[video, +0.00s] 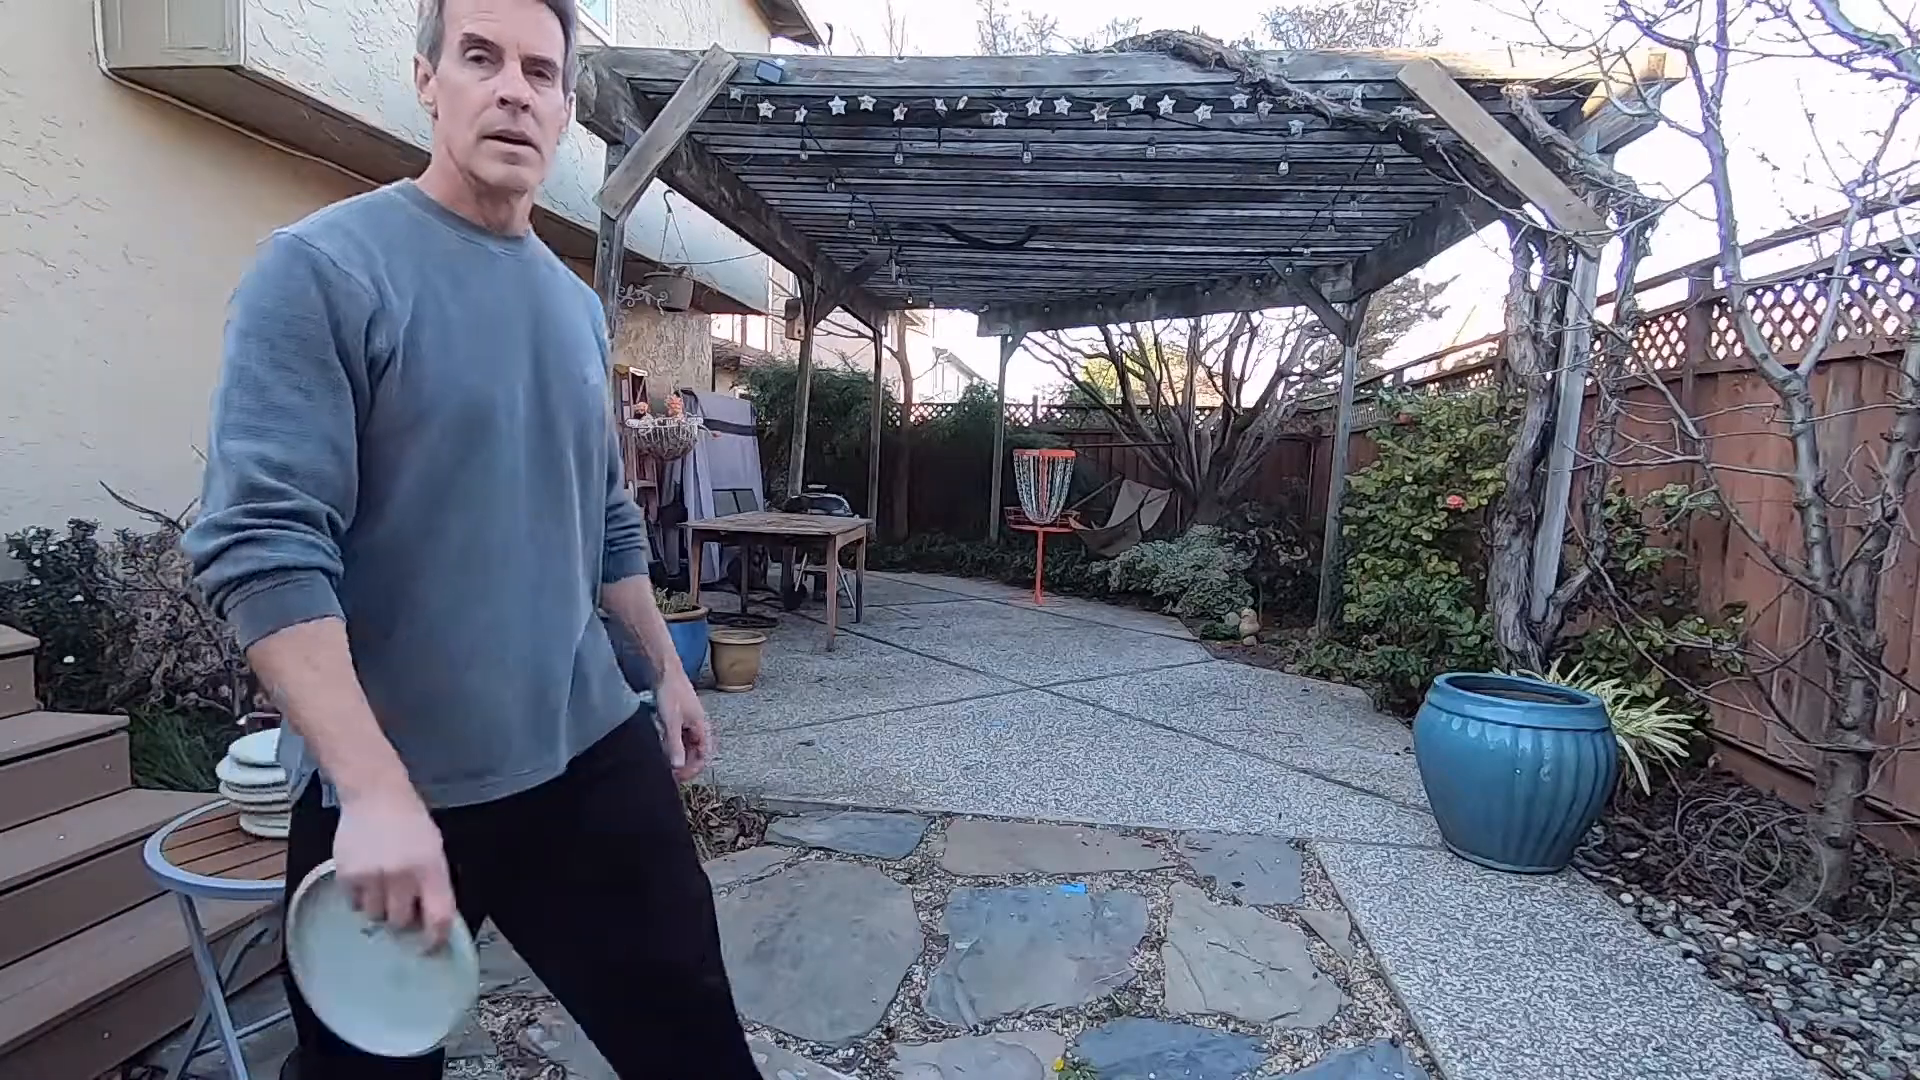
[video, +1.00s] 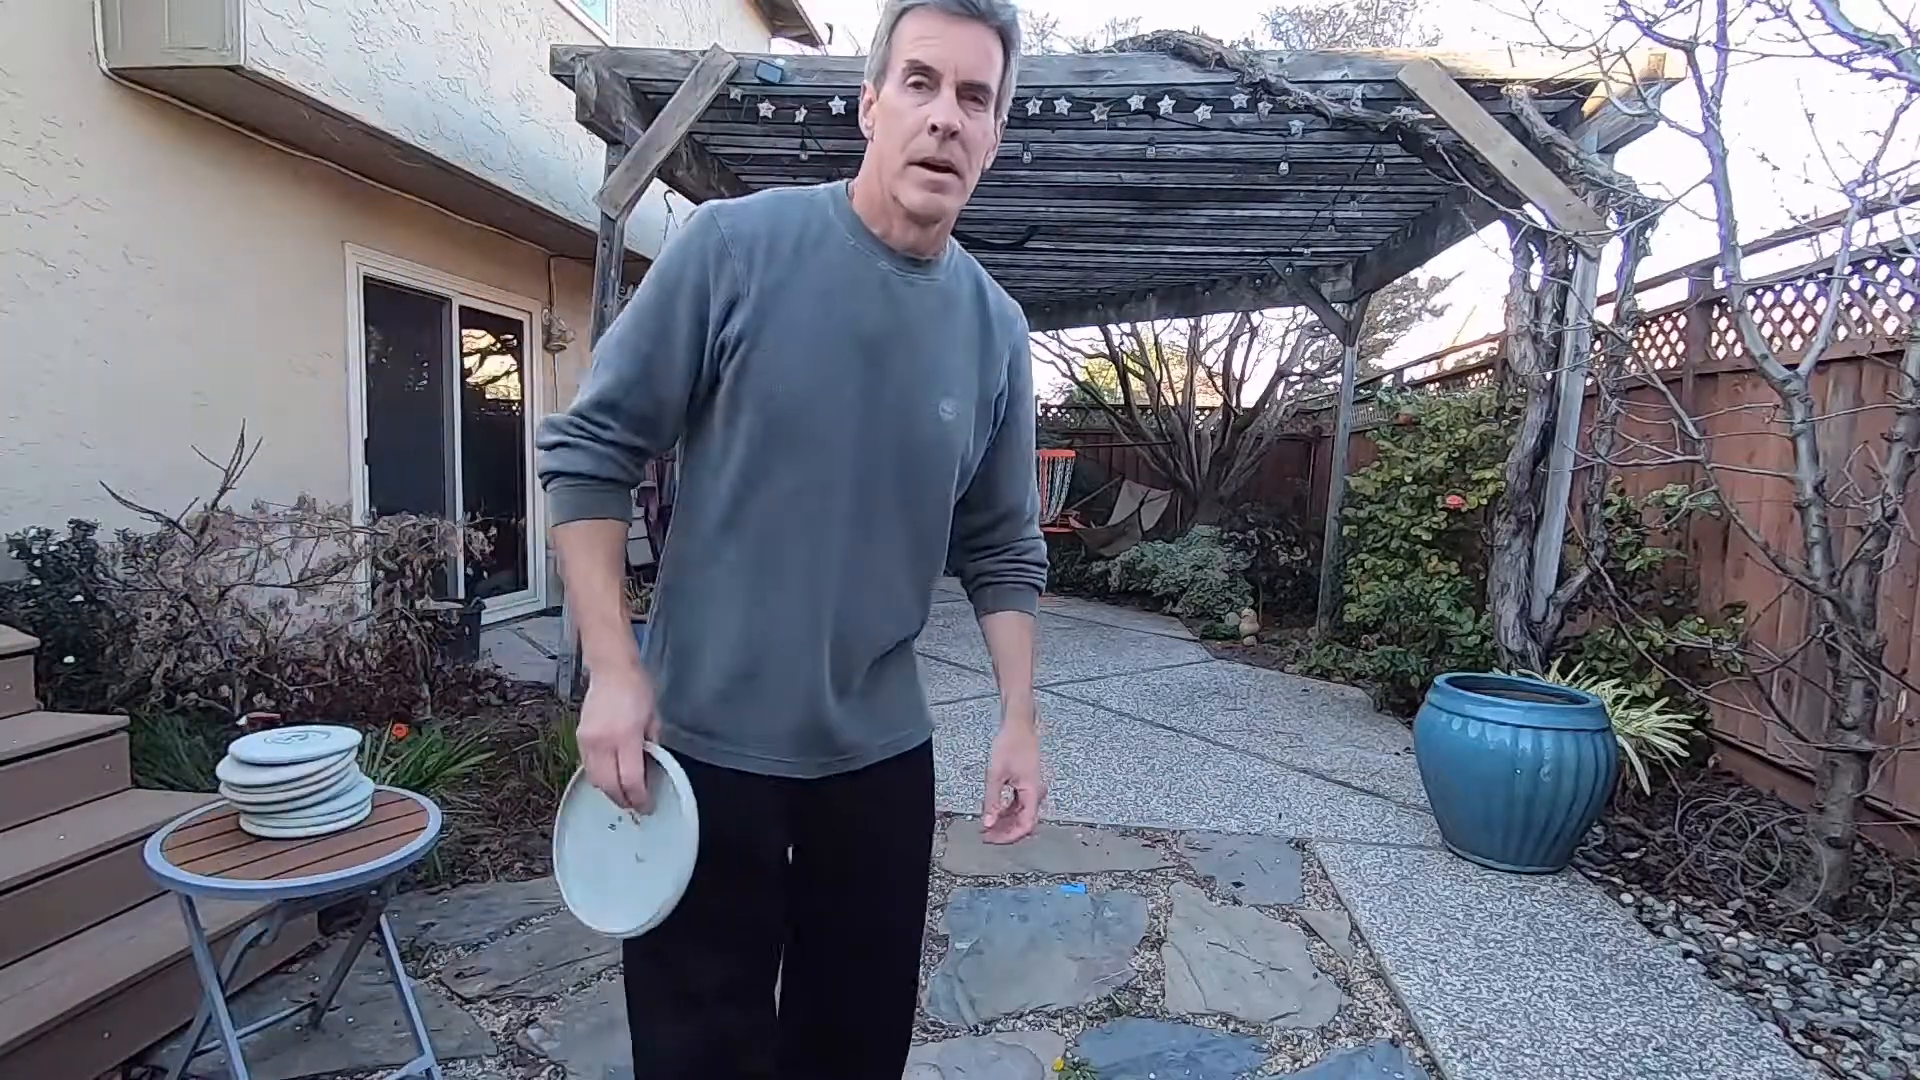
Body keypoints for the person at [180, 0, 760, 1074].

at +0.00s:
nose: (514, 93)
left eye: (543, 73)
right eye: (483, 60)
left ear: (566, 110)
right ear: (427, 82)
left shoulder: (574, 303)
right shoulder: (323, 268)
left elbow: (607, 515)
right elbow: (264, 545)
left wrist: (665, 671)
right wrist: (371, 786)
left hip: (584, 752)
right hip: (387, 793)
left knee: (694, 1045)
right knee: (366, 1071)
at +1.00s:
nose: (947, 118)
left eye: (976, 97)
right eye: (921, 83)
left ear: (997, 135)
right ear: (869, 102)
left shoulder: (993, 327)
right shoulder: (732, 246)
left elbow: (1003, 543)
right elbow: (591, 450)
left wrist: (1020, 717)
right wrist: (611, 668)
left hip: (881, 747)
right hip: (706, 741)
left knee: (858, 1049)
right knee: (700, 1050)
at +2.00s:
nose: (997, 464)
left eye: (1034, 424)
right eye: (969, 407)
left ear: (1061, 426)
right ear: (901, 391)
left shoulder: (1054, 517)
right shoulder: (765, 495)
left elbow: (1058, 697)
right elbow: (613, 708)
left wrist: (962, 813)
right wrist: (687, 876)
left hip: (886, 772)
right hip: (714, 786)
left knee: (938, 1033)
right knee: (693, 1043)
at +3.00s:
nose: (1010, 436)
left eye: (1046, 399)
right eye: (978, 386)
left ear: (1075, 414)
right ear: (919, 383)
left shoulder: (1075, 521)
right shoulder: (793, 506)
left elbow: (1080, 706)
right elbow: (643, 712)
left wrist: (986, 824)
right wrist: (708, 883)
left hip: (905, 775)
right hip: (737, 789)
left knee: (952, 1031)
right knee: (704, 1039)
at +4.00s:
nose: (1028, 472)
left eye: (1065, 433)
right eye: (998, 418)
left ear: (1094, 441)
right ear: (935, 412)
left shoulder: (1095, 545)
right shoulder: (805, 541)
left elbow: (1093, 726)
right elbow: (644, 736)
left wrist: (998, 840)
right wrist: (705, 896)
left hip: (909, 782)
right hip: (741, 797)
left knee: (956, 1034)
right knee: (707, 1037)